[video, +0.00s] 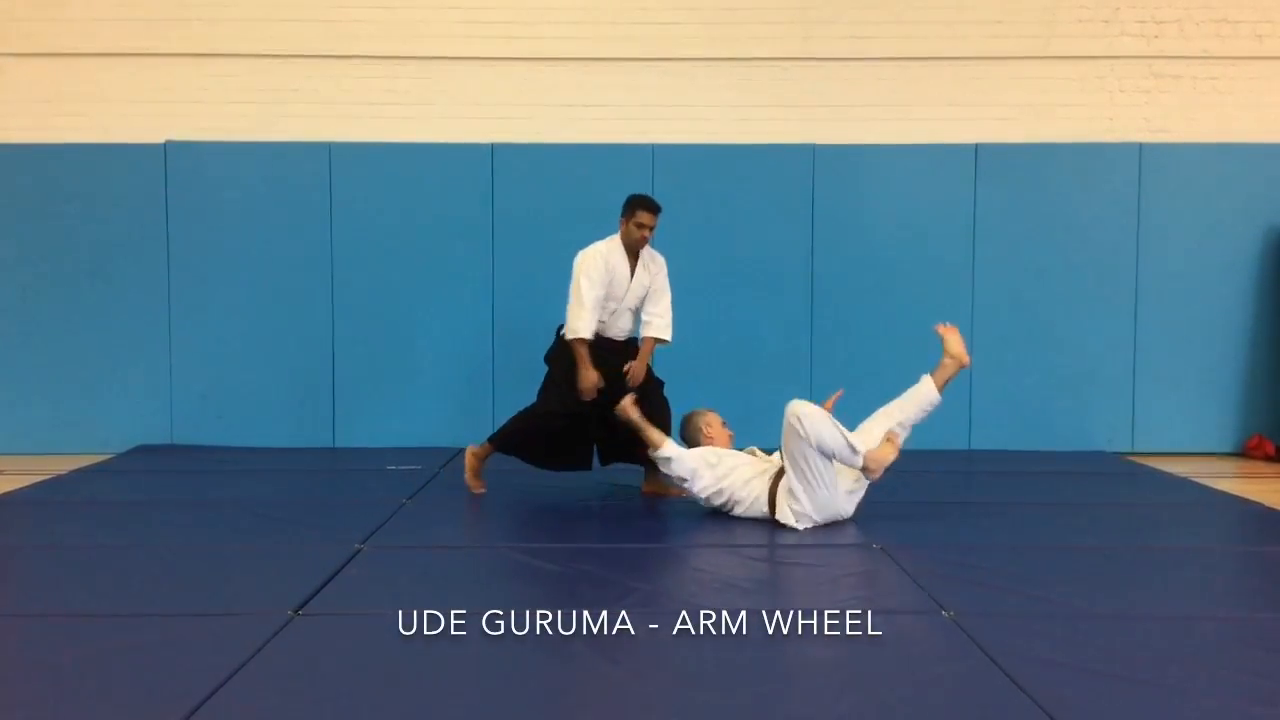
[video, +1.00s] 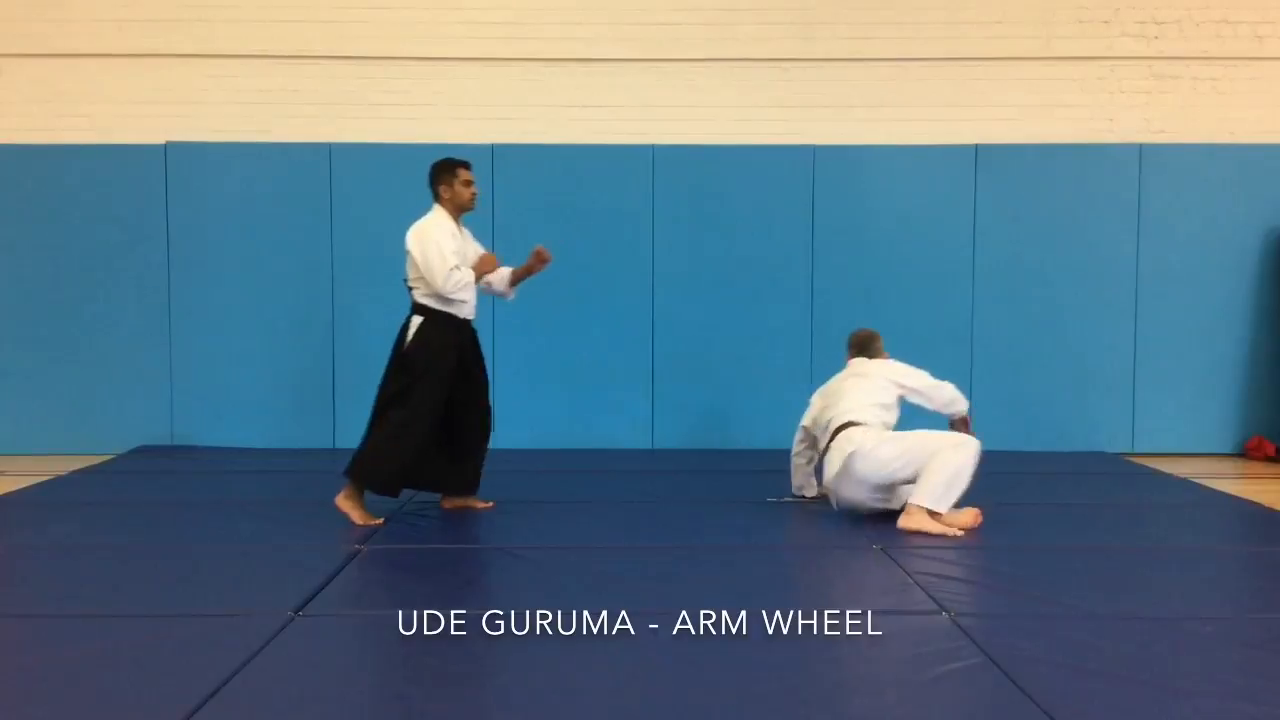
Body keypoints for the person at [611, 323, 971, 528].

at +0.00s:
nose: (727, 427)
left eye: (724, 422)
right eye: (718, 424)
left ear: (720, 431)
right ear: (701, 435)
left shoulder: (748, 457)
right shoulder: (697, 463)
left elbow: (792, 465)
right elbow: (663, 448)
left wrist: (820, 423)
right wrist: (635, 420)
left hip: (831, 496)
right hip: (800, 505)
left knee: (882, 424)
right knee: (799, 412)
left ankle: (949, 366)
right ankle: (868, 462)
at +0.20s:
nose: (719, 424)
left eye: (717, 419)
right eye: (708, 421)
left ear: (716, 430)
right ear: (691, 436)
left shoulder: (731, 465)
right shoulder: (698, 475)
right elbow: (707, 440)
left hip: (821, 501)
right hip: (793, 497)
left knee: (882, 442)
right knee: (829, 402)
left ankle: (946, 397)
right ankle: (918, 441)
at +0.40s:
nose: (744, 414)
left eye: (741, 409)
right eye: (737, 411)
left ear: (718, 421)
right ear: (720, 418)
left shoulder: (727, 464)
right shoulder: (725, 437)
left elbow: (755, 495)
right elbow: (783, 422)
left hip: (813, 507)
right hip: (801, 483)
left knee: (900, 460)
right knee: (889, 428)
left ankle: (977, 436)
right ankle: (964, 480)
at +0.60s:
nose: (797, 383)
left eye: (795, 378)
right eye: (793, 378)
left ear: (760, 387)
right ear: (784, 380)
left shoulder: (750, 437)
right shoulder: (784, 398)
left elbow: (781, 484)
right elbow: (854, 408)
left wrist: (829, 453)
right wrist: (913, 404)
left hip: (825, 508)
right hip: (829, 478)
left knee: (899, 463)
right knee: (915, 426)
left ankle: (964, 479)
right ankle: (944, 498)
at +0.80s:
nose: (846, 365)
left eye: (845, 361)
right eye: (845, 361)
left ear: (812, 362)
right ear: (840, 361)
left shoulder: (784, 410)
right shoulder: (835, 379)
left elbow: (778, 466)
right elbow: (891, 399)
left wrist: (813, 488)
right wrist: (938, 411)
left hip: (833, 508)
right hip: (841, 470)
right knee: (925, 426)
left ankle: (938, 507)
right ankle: (915, 504)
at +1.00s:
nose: (886, 357)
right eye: (884, 354)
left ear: (850, 358)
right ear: (881, 355)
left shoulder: (825, 390)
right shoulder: (885, 368)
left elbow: (802, 445)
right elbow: (945, 395)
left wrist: (805, 490)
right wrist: (960, 417)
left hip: (838, 490)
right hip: (863, 452)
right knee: (962, 445)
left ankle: (941, 514)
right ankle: (916, 513)